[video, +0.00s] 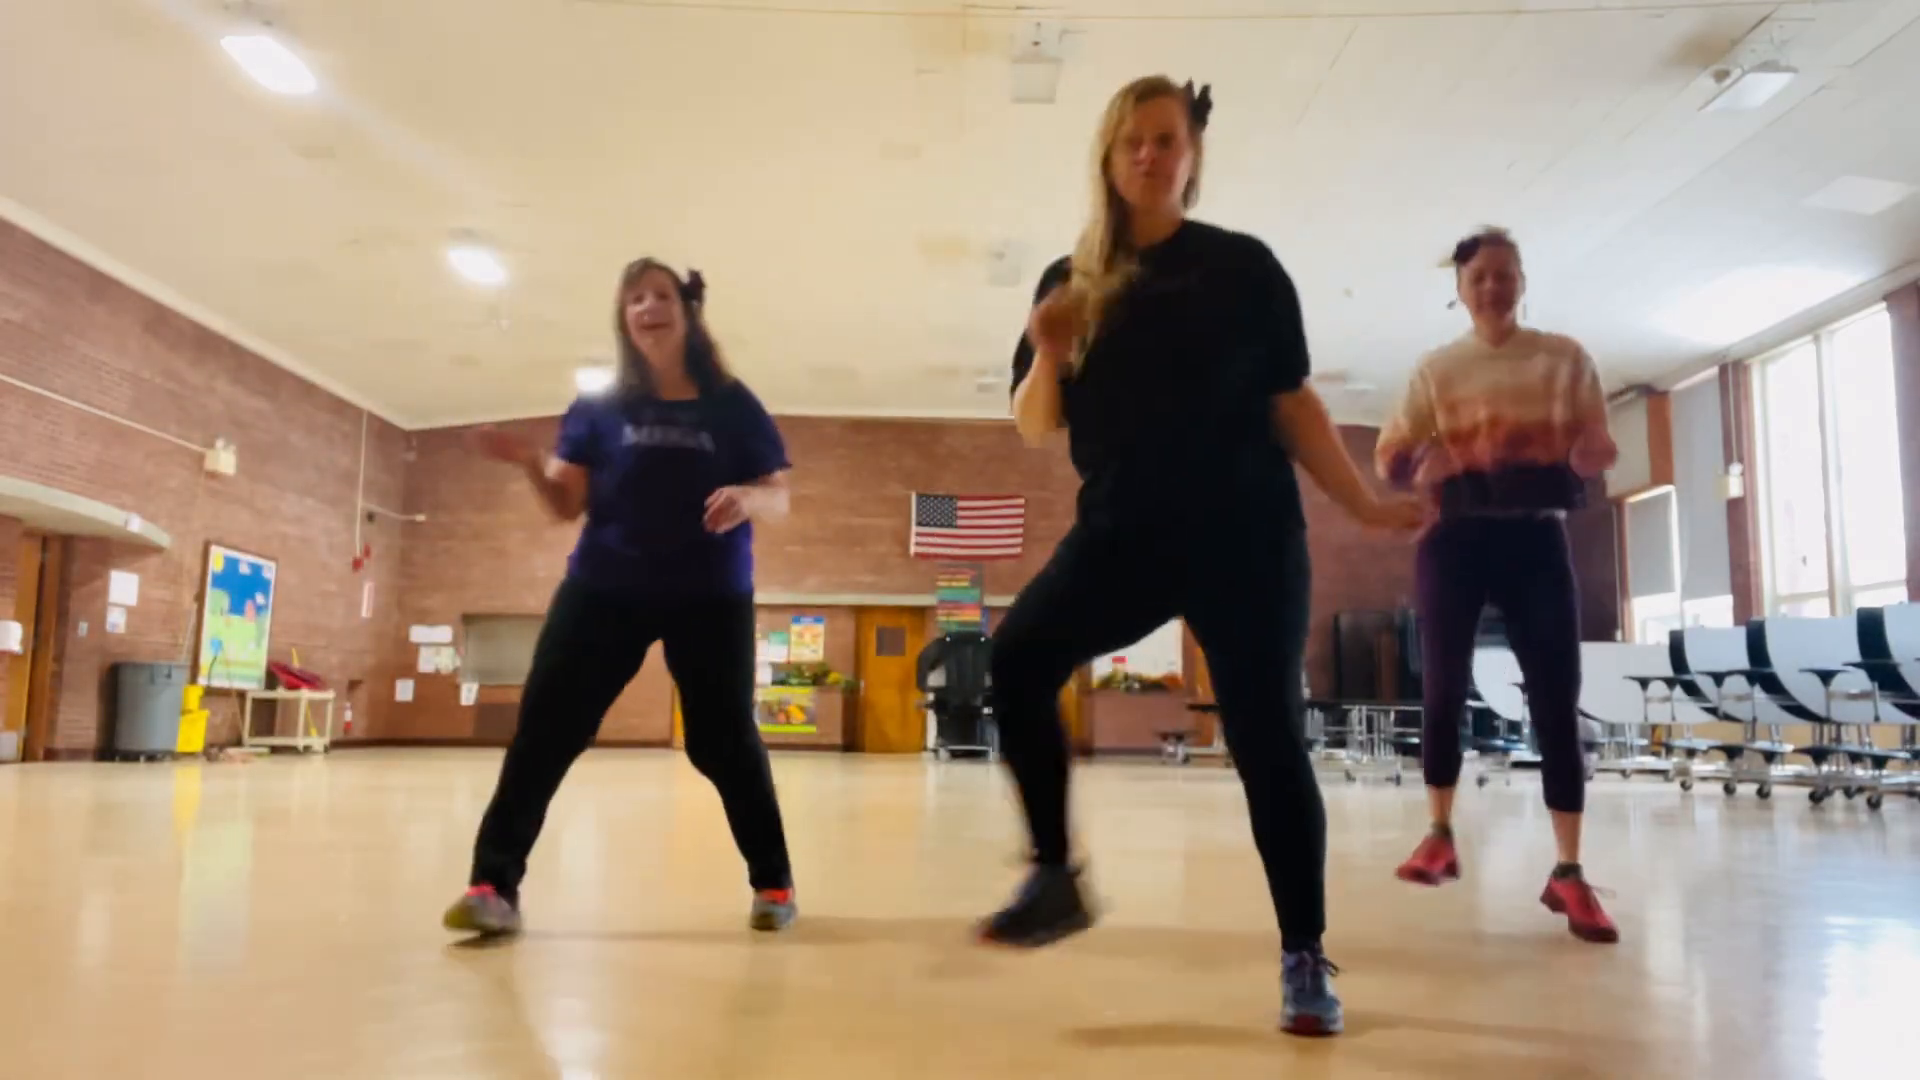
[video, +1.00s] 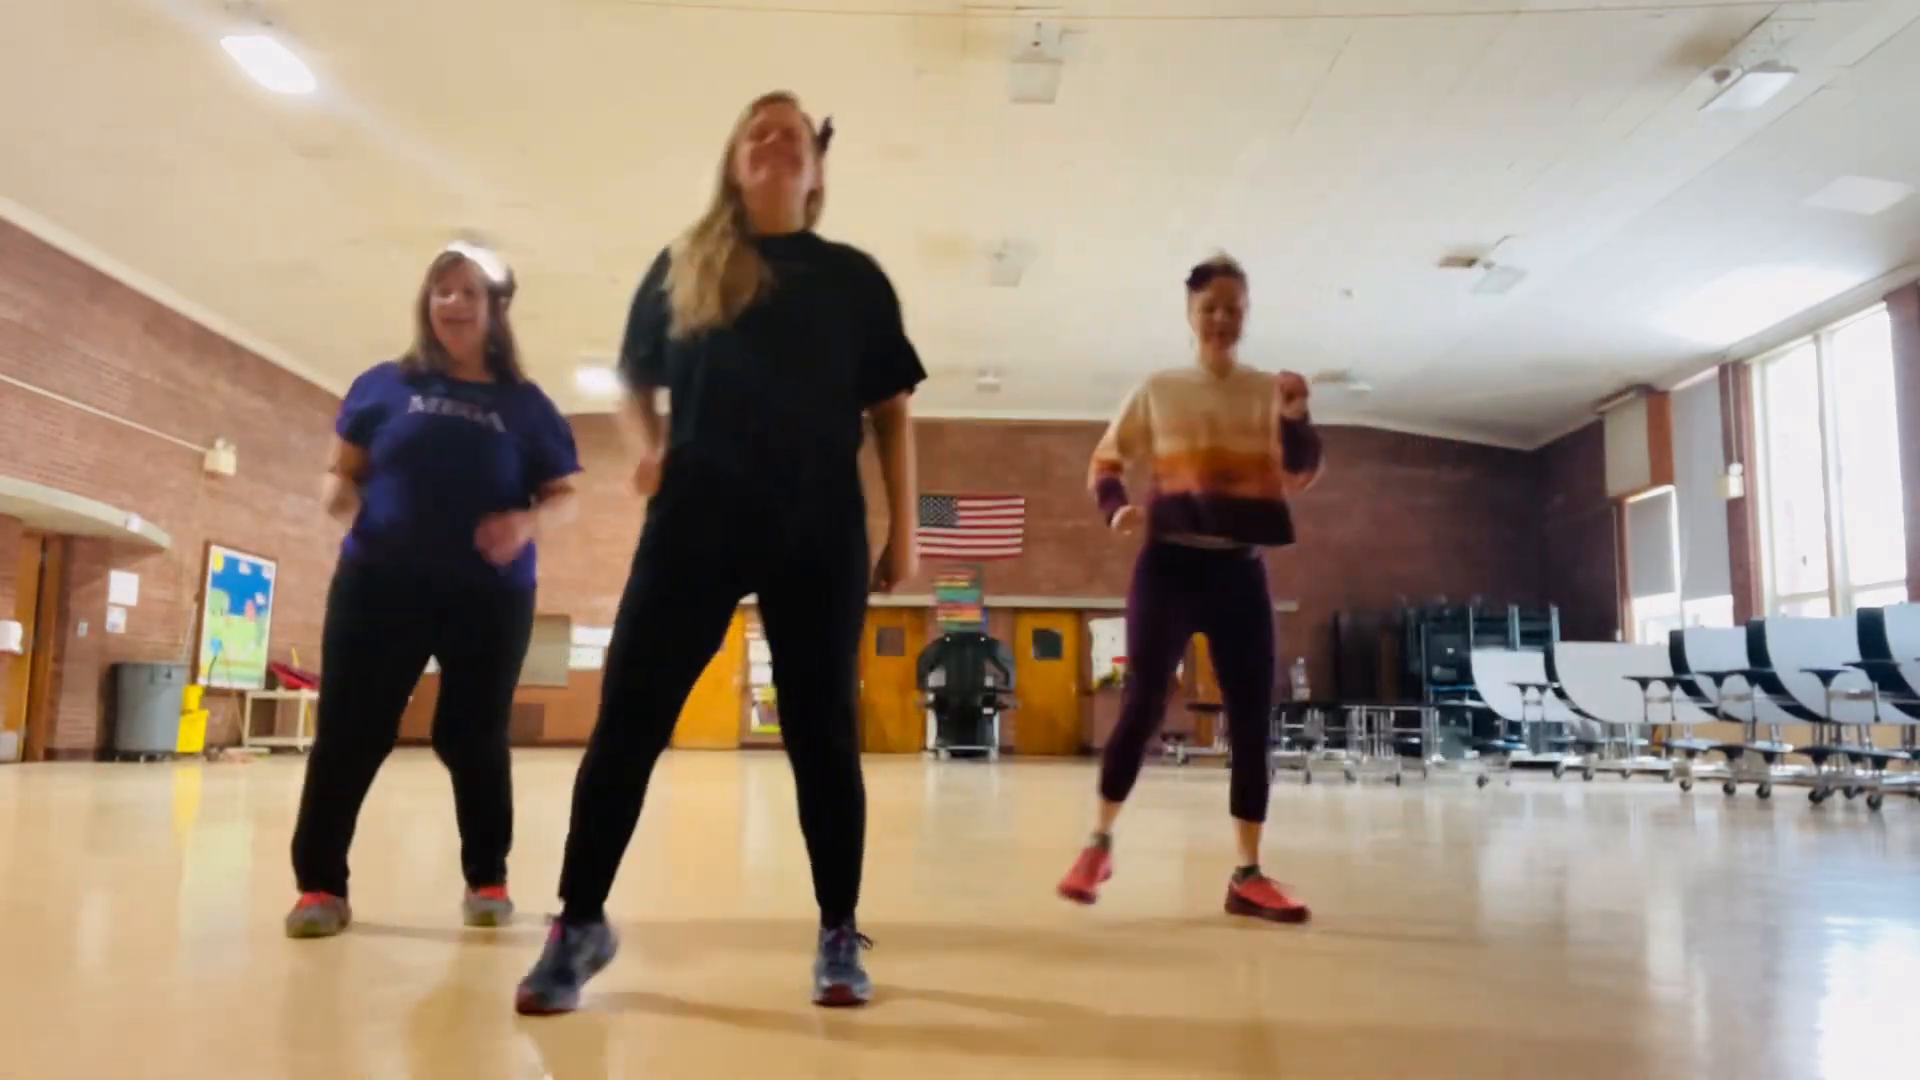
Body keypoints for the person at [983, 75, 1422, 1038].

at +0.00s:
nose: (1154, 157)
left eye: (1170, 142)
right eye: (1139, 142)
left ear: (1195, 155)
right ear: (1109, 157)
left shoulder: (1246, 267)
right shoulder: (1073, 279)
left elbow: (1294, 402)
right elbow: (1036, 427)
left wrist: (1365, 502)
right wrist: (1050, 354)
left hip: (1243, 536)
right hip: (1125, 536)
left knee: (1267, 740)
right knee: (1020, 656)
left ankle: (1303, 955)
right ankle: (1054, 876)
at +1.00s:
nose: (774, 141)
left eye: (792, 133)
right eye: (758, 133)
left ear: (820, 166)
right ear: (732, 166)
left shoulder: (856, 278)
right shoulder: (682, 268)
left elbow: (891, 409)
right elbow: (637, 379)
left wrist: (902, 522)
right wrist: (645, 449)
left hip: (817, 523)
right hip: (700, 518)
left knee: (822, 733)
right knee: (628, 722)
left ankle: (840, 934)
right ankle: (579, 923)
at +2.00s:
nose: (696, 165)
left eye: (715, 155)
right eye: (682, 154)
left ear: (743, 184)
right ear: (654, 181)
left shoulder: (786, 295)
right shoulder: (610, 299)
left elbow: (811, 445)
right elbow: (559, 425)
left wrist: (756, 559)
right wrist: (608, 516)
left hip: (766, 528)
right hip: (650, 535)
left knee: (845, 655)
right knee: (596, 732)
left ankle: (831, 847)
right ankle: (574, 933)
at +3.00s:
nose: (1009, 199)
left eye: (1026, 189)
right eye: (995, 192)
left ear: (1062, 214)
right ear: (976, 223)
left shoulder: (1111, 316)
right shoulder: (948, 328)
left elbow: (1169, 426)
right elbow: (905, 441)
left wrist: (1182, 534)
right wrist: (921, 534)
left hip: (1104, 570)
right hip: (996, 577)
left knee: (1114, 747)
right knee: (1005, 753)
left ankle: (1148, 918)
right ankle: (1015, 922)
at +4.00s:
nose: (942, 180)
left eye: (956, 169)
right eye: (925, 169)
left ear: (977, 194)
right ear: (894, 195)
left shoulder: (999, 306)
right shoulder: (844, 288)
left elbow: (1066, 353)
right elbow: (721, 335)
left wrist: (1112, 371)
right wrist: (603, 362)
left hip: (932, 564)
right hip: (823, 550)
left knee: (989, 739)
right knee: (797, 742)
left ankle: (923, 918)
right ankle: (738, 940)